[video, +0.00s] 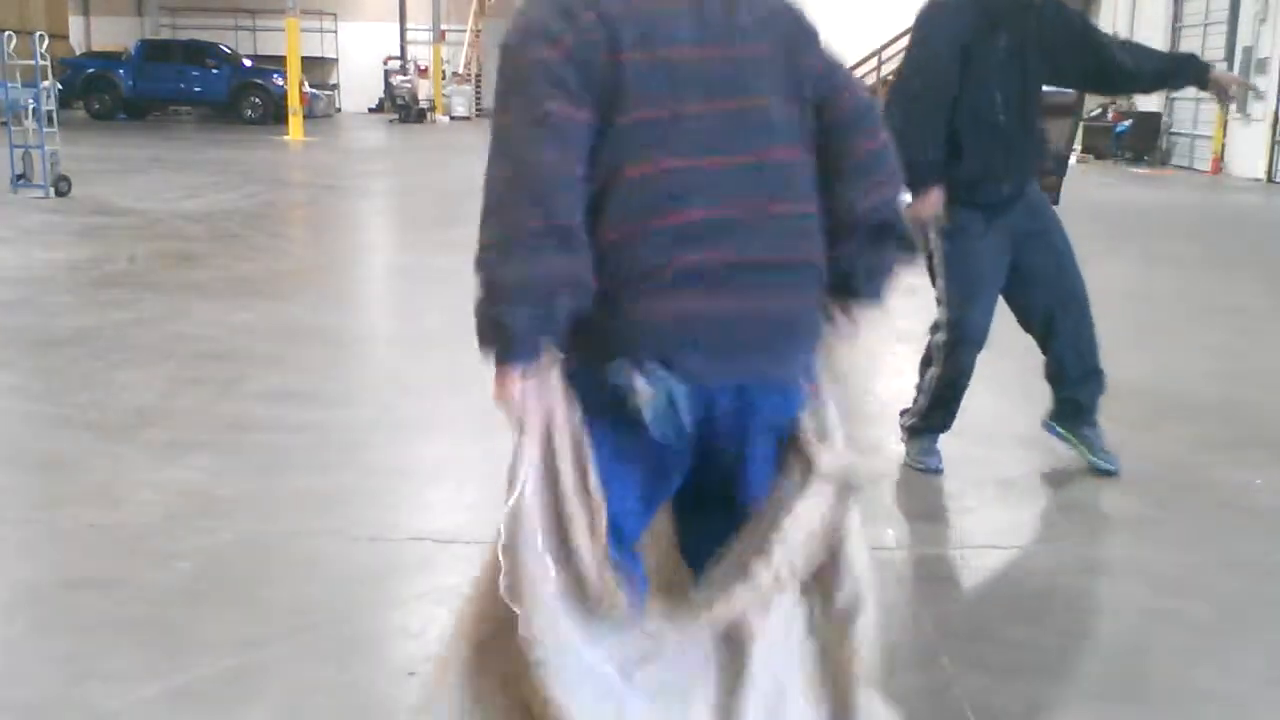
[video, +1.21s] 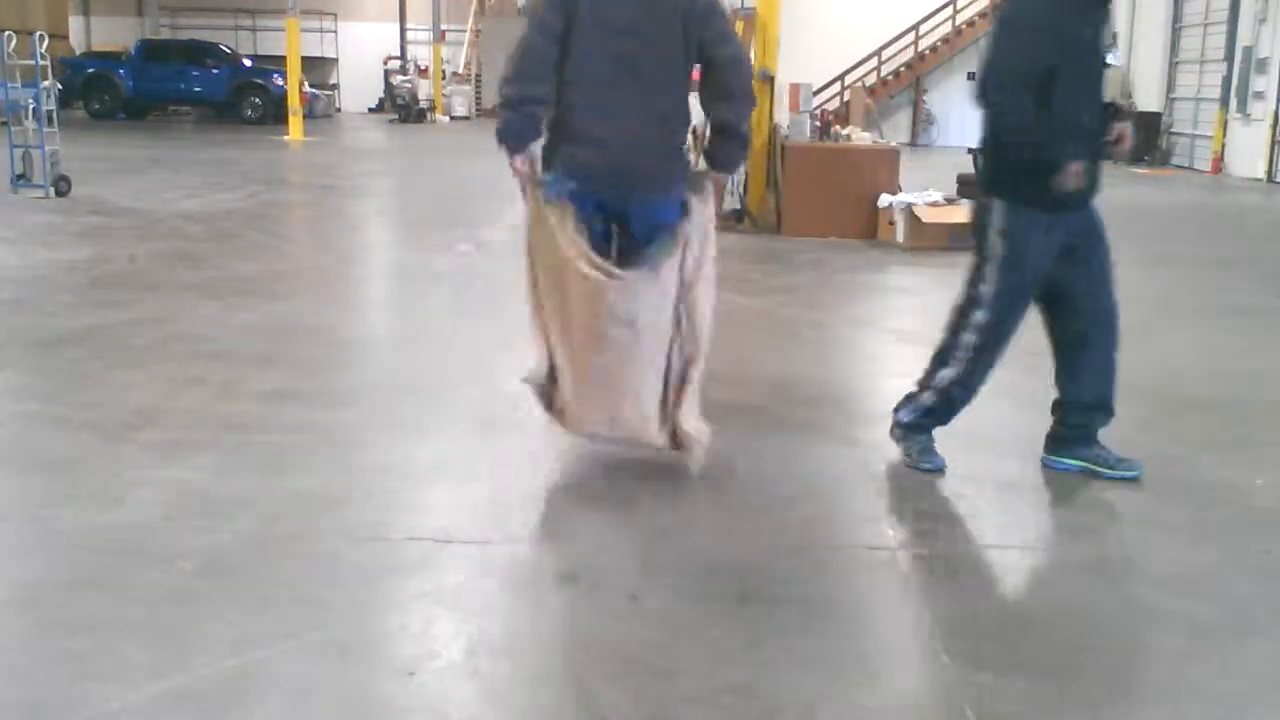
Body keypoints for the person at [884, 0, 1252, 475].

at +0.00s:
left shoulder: (1044, 17)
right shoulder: (949, 15)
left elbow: (1109, 60)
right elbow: (914, 96)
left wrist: (1198, 72)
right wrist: (925, 179)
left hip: (1019, 195)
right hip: (960, 201)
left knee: (1066, 304)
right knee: (964, 327)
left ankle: (1073, 415)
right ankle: (923, 429)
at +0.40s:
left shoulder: (1020, 11)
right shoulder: (920, 9)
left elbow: (1091, 37)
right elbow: (879, 70)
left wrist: (1184, 46)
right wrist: (878, 156)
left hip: (980, 176)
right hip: (920, 176)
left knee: (996, 304)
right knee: (916, 312)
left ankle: (992, 422)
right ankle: (907, 428)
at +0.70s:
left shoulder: (1027, 9)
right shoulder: (925, 9)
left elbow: (1075, 55)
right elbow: (879, 67)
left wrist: (1143, 51)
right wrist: (861, 155)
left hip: (988, 179)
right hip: (929, 176)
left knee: (974, 310)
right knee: (922, 310)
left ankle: (952, 422)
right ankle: (909, 427)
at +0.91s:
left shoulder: (1047, 14)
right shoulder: (949, 8)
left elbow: (1039, 84)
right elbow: (902, 71)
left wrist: (1075, 98)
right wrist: (909, 162)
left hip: (1011, 187)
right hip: (952, 185)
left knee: (1017, 312)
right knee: (935, 315)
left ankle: (997, 425)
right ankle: (908, 428)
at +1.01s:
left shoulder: (1054, 11)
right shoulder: (973, 8)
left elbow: (1034, 80)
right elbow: (924, 78)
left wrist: (1068, 113)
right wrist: (949, 162)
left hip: (1025, 193)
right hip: (968, 189)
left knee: (1041, 314)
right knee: (941, 316)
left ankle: (1042, 432)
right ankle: (909, 429)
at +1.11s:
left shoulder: (1074, 11)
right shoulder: (1006, 9)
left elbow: (1050, 84)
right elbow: (957, 83)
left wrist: (1083, 119)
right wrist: (998, 162)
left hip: (1044, 197)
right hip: (987, 196)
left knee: (1066, 316)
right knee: (957, 314)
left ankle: (1071, 437)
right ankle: (909, 426)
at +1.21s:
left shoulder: (1087, 17)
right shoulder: (1034, 12)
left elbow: (1069, 98)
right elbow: (1004, 90)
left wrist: (1108, 122)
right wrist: (1052, 161)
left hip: (1070, 204)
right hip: (1016, 200)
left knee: (1090, 321)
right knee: (986, 321)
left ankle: (1074, 437)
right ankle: (914, 420)